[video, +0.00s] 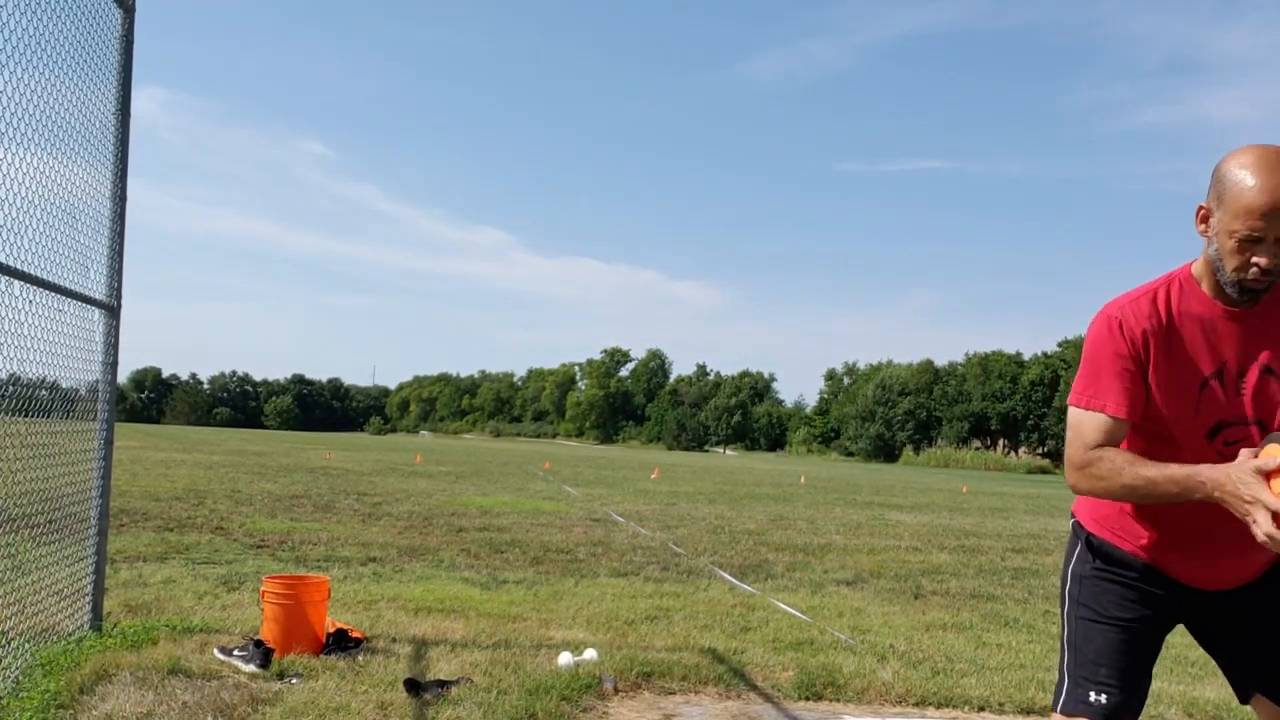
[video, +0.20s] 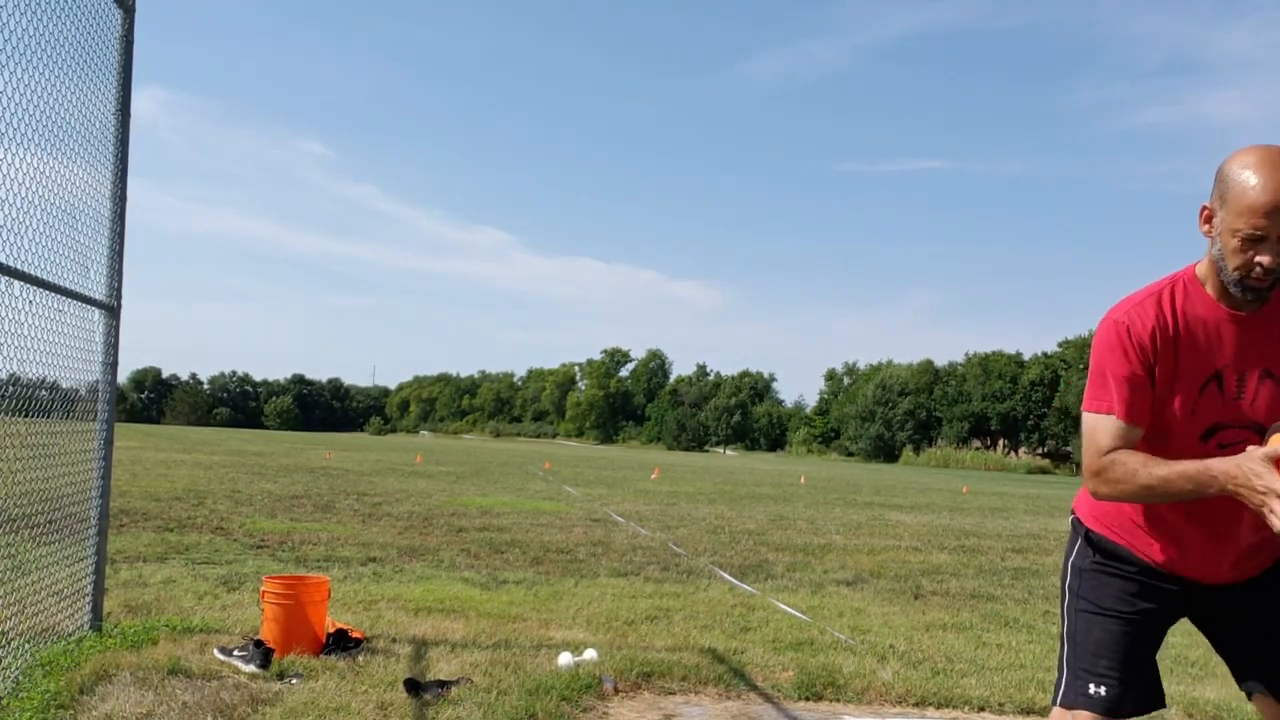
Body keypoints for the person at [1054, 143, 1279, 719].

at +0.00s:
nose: (1266, 261)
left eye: (1278, 243)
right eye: (1249, 242)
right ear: (1205, 222)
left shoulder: (1278, 317)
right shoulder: (1130, 324)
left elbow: (1275, 428)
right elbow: (1085, 466)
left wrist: (1275, 458)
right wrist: (1214, 481)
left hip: (1251, 563)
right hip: (1126, 557)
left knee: (1279, 703)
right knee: (1088, 713)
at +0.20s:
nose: (1268, 261)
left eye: (1279, 242)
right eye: (1252, 241)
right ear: (1208, 222)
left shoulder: (1277, 314)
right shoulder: (1137, 324)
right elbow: (1102, 470)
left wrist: (1269, 459)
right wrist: (1227, 475)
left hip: (1252, 555)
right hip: (1128, 550)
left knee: (1279, 699)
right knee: (1085, 710)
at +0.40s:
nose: (1266, 263)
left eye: (1278, 243)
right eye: (1249, 242)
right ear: (1207, 227)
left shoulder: (1276, 321)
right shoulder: (1137, 329)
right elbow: (1110, 478)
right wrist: (1237, 475)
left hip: (1245, 562)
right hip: (1125, 558)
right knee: (1088, 711)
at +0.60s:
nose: (1252, 258)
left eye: (1269, 239)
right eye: (1236, 238)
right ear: (1196, 227)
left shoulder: (1275, 323)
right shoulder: (1130, 329)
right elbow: (1115, 480)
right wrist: (1244, 473)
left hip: (1240, 568)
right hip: (1121, 563)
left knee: (1275, 704)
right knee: (1088, 711)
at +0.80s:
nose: (1237, 256)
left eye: (1255, 236)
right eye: (1220, 234)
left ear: (1275, 230)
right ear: (1183, 226)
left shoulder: (1279, 323)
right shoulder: (1121, 327)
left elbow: (1265, 446)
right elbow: (1115, 478)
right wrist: (1232, 465)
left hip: (1237, 563)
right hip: (1117, 557)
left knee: (1279, 702)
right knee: (1085, 709)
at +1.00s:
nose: (1223, 259)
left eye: (1239, 241)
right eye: (1206, 240)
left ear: (1260, 238)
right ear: (1167, 233)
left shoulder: (1274, 332)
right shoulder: (1111, 337)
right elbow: (1109, 484)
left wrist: (1268, 529)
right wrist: (1193, 526)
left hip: (1234, 570)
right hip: (1111, 565)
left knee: (1274, 704)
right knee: (1090, 711)